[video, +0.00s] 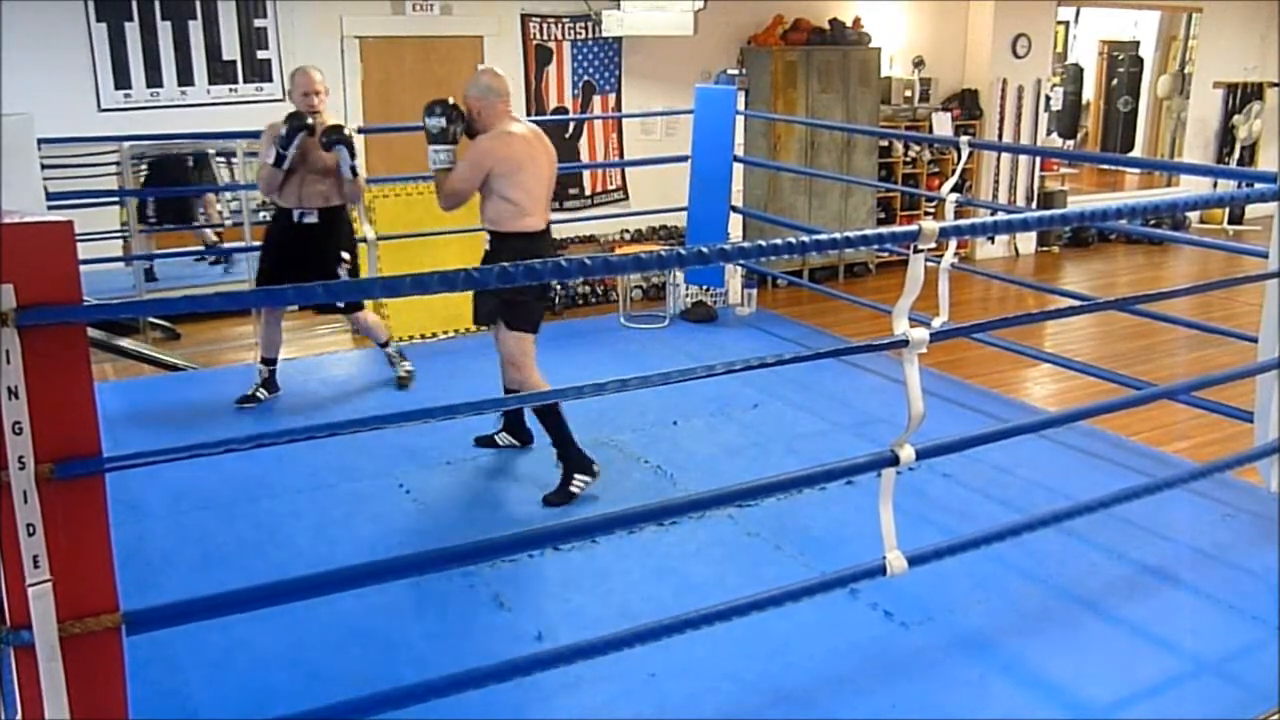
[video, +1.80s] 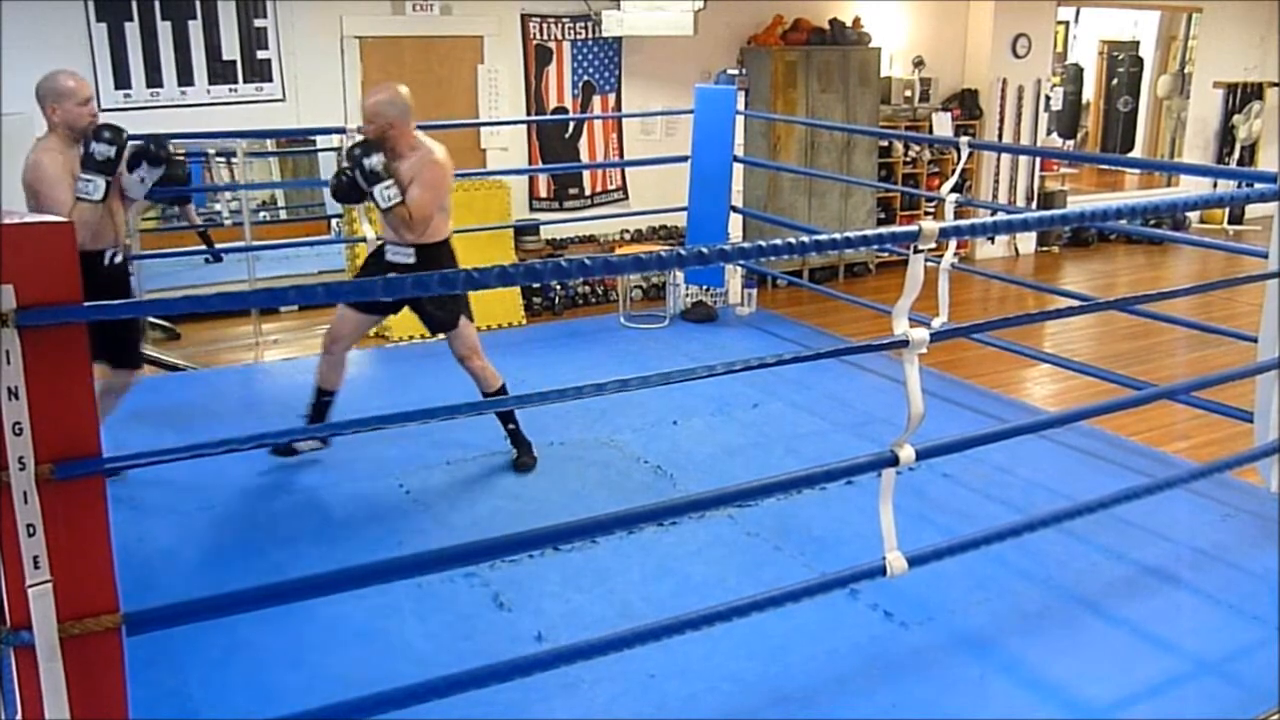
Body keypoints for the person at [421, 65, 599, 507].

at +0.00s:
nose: (466, 115)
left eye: (468, 107)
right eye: (466, 107)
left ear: (488, 105)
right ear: (505, 102)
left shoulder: (491, 144)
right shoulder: (538, 137)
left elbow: (448, 197)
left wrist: (443, 149)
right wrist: (472, 145)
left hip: (512, 252)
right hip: (539, 247)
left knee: (520, 368)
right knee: (507, 341)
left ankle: (576, 462)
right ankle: (515, 426)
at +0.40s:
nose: (436, 140)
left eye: (436, 132)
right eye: (433, 133)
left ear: (449, 128)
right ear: (468, 119)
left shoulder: (472, 165)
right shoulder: (501, 148)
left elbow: (423, 213)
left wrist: (409, 168)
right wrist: (443, 152)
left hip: (495, 270)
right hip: (488, 264)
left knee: (486, 372)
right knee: (453, 338)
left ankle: (543, 470)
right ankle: (457, 423)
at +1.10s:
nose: (410, 128)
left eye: (415, 120)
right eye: (409, 121)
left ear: (440, 118)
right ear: (443, 118)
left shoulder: (464, 157)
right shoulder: (447, 150)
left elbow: (417, 218)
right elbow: (423, 212)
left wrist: (401, 168)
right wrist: (412, 165)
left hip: (485, 265)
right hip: (449, 261)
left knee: (505, 362)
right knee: (402, 331)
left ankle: (552, 454)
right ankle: (393, 419)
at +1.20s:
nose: (388, 137)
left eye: (393, 129)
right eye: (387, 129)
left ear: (418, 127)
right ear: (413, 128)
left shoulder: (441, 162)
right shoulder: (419, 152)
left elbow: (407, 231)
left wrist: (383, 185)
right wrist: (381, 167)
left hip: (466, 265)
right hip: (428, 262)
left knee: (498, 366)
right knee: (387, 347)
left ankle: (552, 456)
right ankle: (364, 431)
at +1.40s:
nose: (358, 143)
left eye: (362, 137)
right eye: (357, 137)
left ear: (387, 139)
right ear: (391, 137)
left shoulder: (437, 168)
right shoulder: (383, 157)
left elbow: (433, 241)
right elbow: (328, 162)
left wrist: (392, 204)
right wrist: (276, 160)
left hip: (457, 257)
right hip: (415, 259)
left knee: (485, 356)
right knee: (380, 349)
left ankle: (527, 443)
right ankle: (367, 435)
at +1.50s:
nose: (369, 138)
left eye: (374, 131)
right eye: (368, 131)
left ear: (400, 131)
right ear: (398, 131)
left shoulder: (444, 163)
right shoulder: (387, 157)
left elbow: (434, 234)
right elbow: (370, 185)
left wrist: (394, 199)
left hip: (457, 258)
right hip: (411, 257)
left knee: (482, 359)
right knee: (381, 350)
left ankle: (517, 437)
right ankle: (367, 433)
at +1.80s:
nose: (365, 131)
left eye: (371, 124)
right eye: (365, 123)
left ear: (395, 125)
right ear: (386, 123)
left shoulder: (434, 162)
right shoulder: (380, 154)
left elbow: (413, 228)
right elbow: (348, 193)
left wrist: (379, 181)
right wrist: (348, 185)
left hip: (432, 264)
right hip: (386, 259)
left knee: (471, 359)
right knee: (334, 342)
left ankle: (519, 440)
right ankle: (315, 429)